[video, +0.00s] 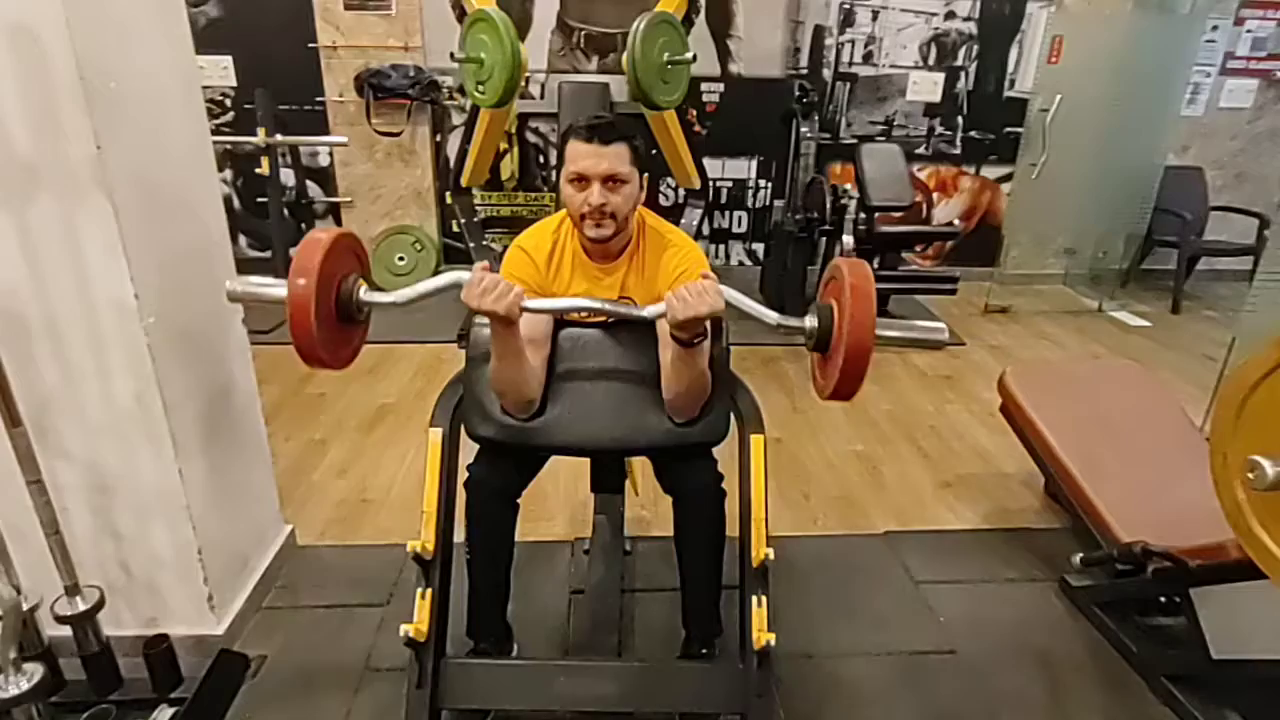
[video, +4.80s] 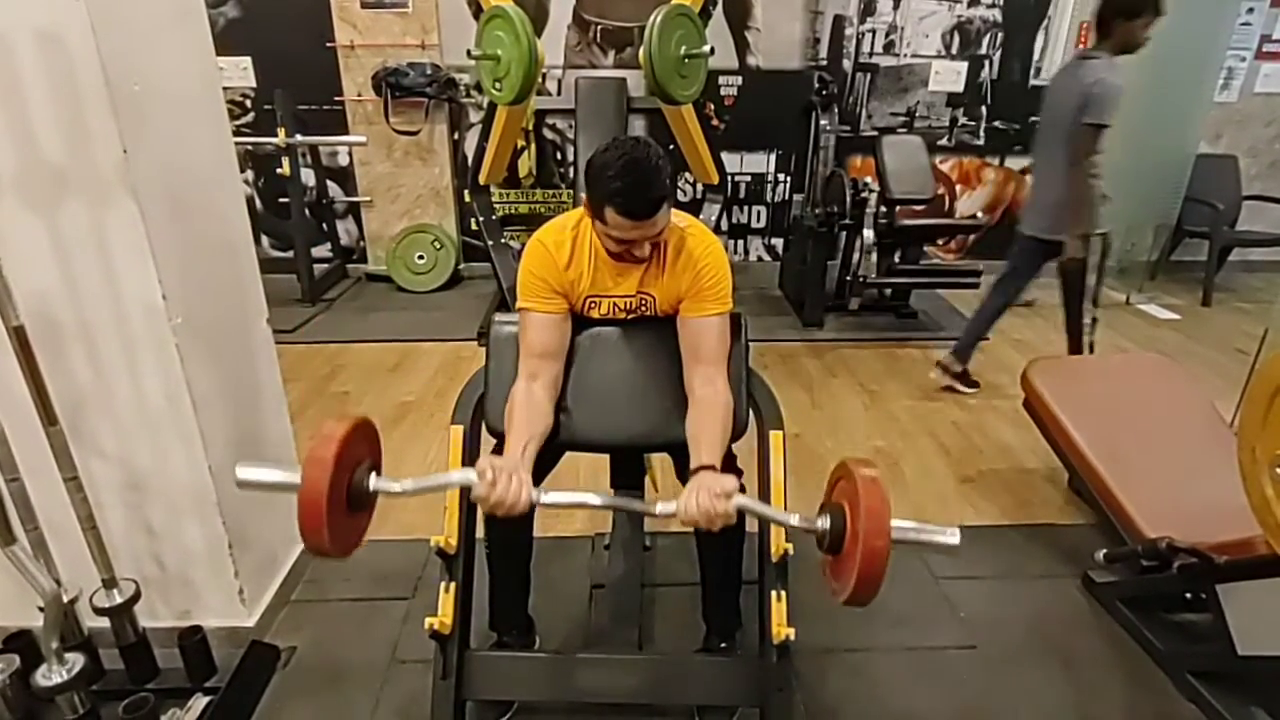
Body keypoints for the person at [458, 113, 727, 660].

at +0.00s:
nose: (595, 200)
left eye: (613, 183)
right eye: (579, 182)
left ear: (641, 189)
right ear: (560, 186)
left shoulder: (676, 254)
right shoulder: (533, 249)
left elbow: (685, 408)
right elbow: (518, 404)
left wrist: (688, 337)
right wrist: (504, 326)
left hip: (649, 390)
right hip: (556, 388)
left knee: (700, 484)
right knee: (487, 482)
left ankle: (702, 643)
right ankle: (489, 642)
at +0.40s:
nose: (598, 201)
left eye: (613, 183)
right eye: (581, 184)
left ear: (638, 178)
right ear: (559, 178)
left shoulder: (678, 251)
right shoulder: (529, 248)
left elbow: (685, 378)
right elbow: (517, 368)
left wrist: (693, 412)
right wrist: (490, 409)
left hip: (648, 392)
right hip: (558, 388)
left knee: (702, 478)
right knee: (486, 477)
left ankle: (701, 641)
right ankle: (488, 642)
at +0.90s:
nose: (602, 233)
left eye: (618, 218)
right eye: (585, 219)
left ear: (641, 191)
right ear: (564, 193)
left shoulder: (680, 246)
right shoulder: (531, 246)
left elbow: (688, 374)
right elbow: (517, 377)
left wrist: (695, 475)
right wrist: (500, 487)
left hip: (653, 371)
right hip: (555, 372)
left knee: (704, 480)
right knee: (481, 479)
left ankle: (706, 638)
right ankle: (488, 637)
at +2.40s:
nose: (618, 194)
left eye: (634, 177)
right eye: (601, 178)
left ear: (658, 176)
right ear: (580, 179)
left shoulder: (697, 245)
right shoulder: (552, 247)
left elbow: (709, 361)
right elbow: (540, 367)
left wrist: (716, 417)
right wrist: (516, 418)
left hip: (671, 384)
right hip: (580, 383)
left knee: (719, 467)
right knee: (509, 468)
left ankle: (725, 634)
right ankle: (514, 633)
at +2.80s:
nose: (617, 231)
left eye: (633, 214)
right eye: (600, 215)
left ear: (656, 196)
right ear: (580, 197)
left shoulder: (693, 250)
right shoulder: (553, 252)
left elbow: (708, 401)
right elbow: (542, 405)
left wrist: (708, 337)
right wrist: (523, 338)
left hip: (669, 394)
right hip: (578, 391)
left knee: (723, 484)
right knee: (508, 485)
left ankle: (724, 641)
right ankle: (514, 638)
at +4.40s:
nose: (648, 246)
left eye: (658, 231)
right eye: (630, 238)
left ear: (670, 203)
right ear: (591, 212)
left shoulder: (698, 250)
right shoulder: (550, 249)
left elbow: (706, 370)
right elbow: (537, 369)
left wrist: (710, 405)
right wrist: (512, 394)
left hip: (666, 384)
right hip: (576, 381)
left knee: (720, 476)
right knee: (506, 479)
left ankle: (724, 637)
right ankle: (512, 635)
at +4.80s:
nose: (642, 249)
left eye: (654, 235)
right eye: (625, 240)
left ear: (670, 206)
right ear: (591, 214)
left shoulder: (699, 252)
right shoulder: (550, 250)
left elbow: (706, 377)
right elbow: (536, 376)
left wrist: (708, 466)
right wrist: (514, 459)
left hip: (670, 374)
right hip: (574, 375)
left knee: (719, 480)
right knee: (502, 475)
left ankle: (722, 640)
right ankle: (510, 636)